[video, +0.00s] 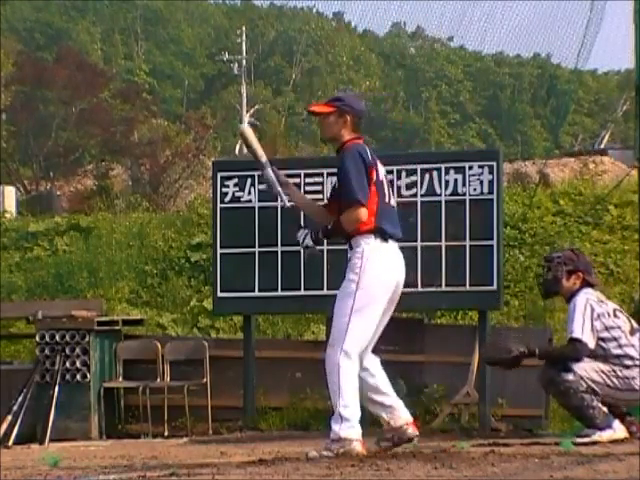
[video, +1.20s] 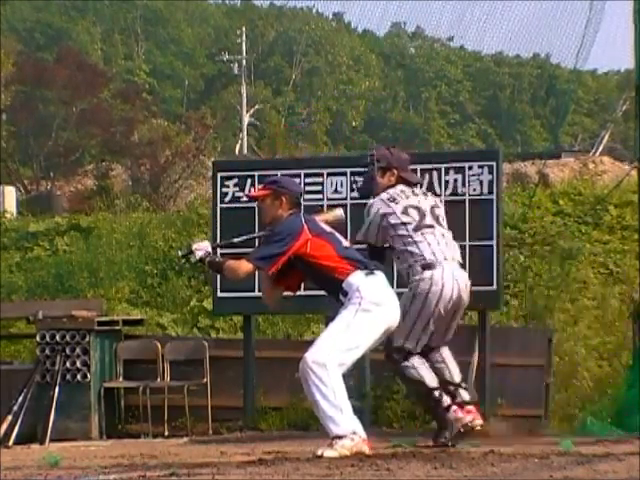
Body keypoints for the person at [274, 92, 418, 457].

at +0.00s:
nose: (320, 122)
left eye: (325, 116)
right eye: (320, 117)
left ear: (345, 120)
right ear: (346, 121)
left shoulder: (351, 153)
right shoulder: (362, 155)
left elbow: (360, 217)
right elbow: (328, 215)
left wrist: (328, 229)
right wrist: (289, 190)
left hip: (370, 257)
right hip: (390, 257)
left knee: (340, 350)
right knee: (358, 350)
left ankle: (346, 437)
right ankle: (400, 423)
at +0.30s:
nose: (289, 152)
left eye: (294, 146)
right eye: (289, 146)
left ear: (314, 149)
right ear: (309, 150)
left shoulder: (328, 179)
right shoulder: (321, 185)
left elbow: (353, 229)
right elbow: (309, 246)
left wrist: (312, 247)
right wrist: (266, 233)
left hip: (374, 275)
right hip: (365, 277)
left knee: (333, 353)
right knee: (324, 357)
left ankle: (352, 438)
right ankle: (349, 437)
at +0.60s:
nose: (268, 188)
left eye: (273, 182)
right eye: (269, 182)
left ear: (293, 185)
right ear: (295, 186)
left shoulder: (307, 210)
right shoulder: (313, 213)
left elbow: (305, 257)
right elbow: (295, 287)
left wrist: (260, 267)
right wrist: (258, 271)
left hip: (376, 292)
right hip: (376, 293)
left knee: (324, 358)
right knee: (321, 360)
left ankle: (350, 437)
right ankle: (351, 436)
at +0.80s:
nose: (261, 206)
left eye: (265, 199)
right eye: (261, 200)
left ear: (285, 201)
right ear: (286, 202)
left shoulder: (299, 225)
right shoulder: (309, 233)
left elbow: (254, 269)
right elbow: (279, 300)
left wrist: (218, 262)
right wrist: (264, 263)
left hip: (376, 299)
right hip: (374, 301)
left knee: (322, 360)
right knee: (316, 364)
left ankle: (350, 437)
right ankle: (350, 437)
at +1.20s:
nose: (258, 207)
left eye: (263, 201)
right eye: (259, 202)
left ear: (282, 202)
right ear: (284, 204)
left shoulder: (292, 227)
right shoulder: (306, 228)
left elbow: (240, 271)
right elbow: (272, 298)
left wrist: (209, 259)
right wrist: (264, 259)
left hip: (370, 297)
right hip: (372, 298)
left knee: (317, 362)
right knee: (316, 364)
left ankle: (349, 436)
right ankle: (351, 435)